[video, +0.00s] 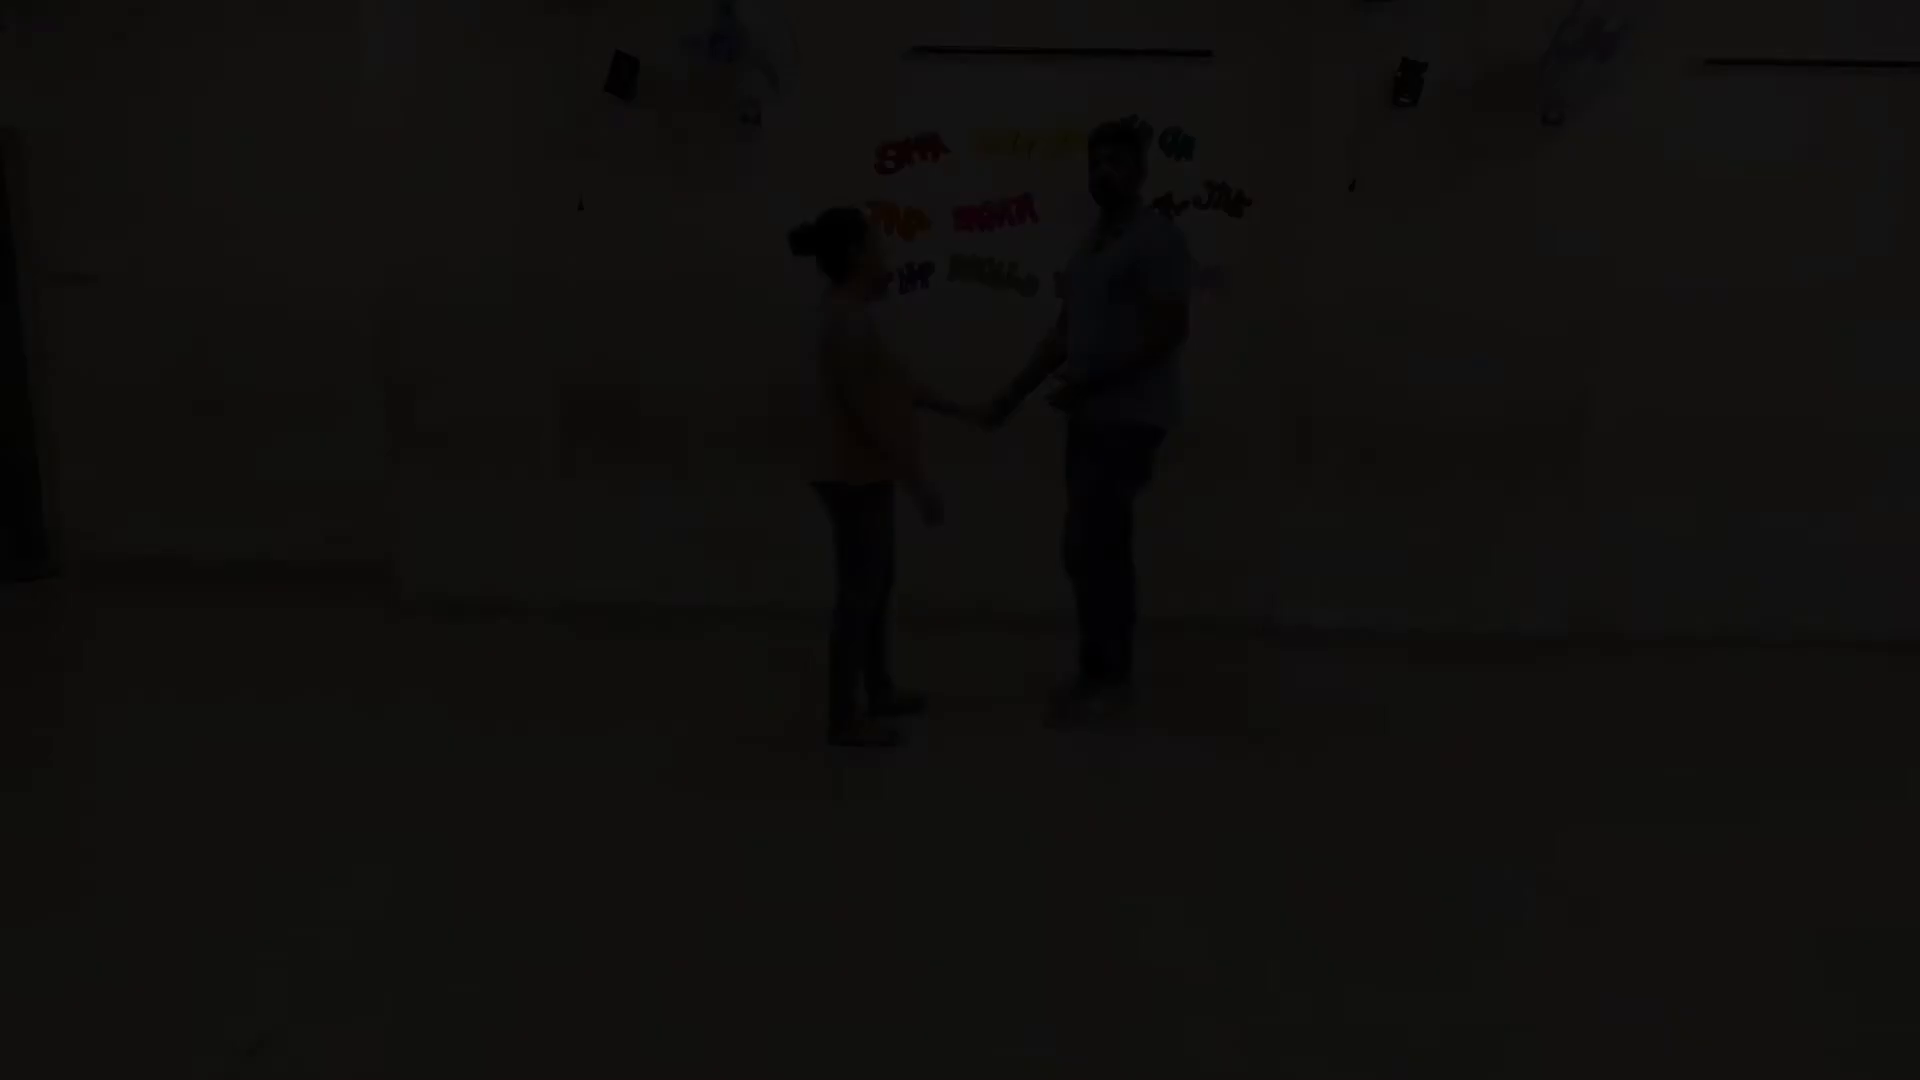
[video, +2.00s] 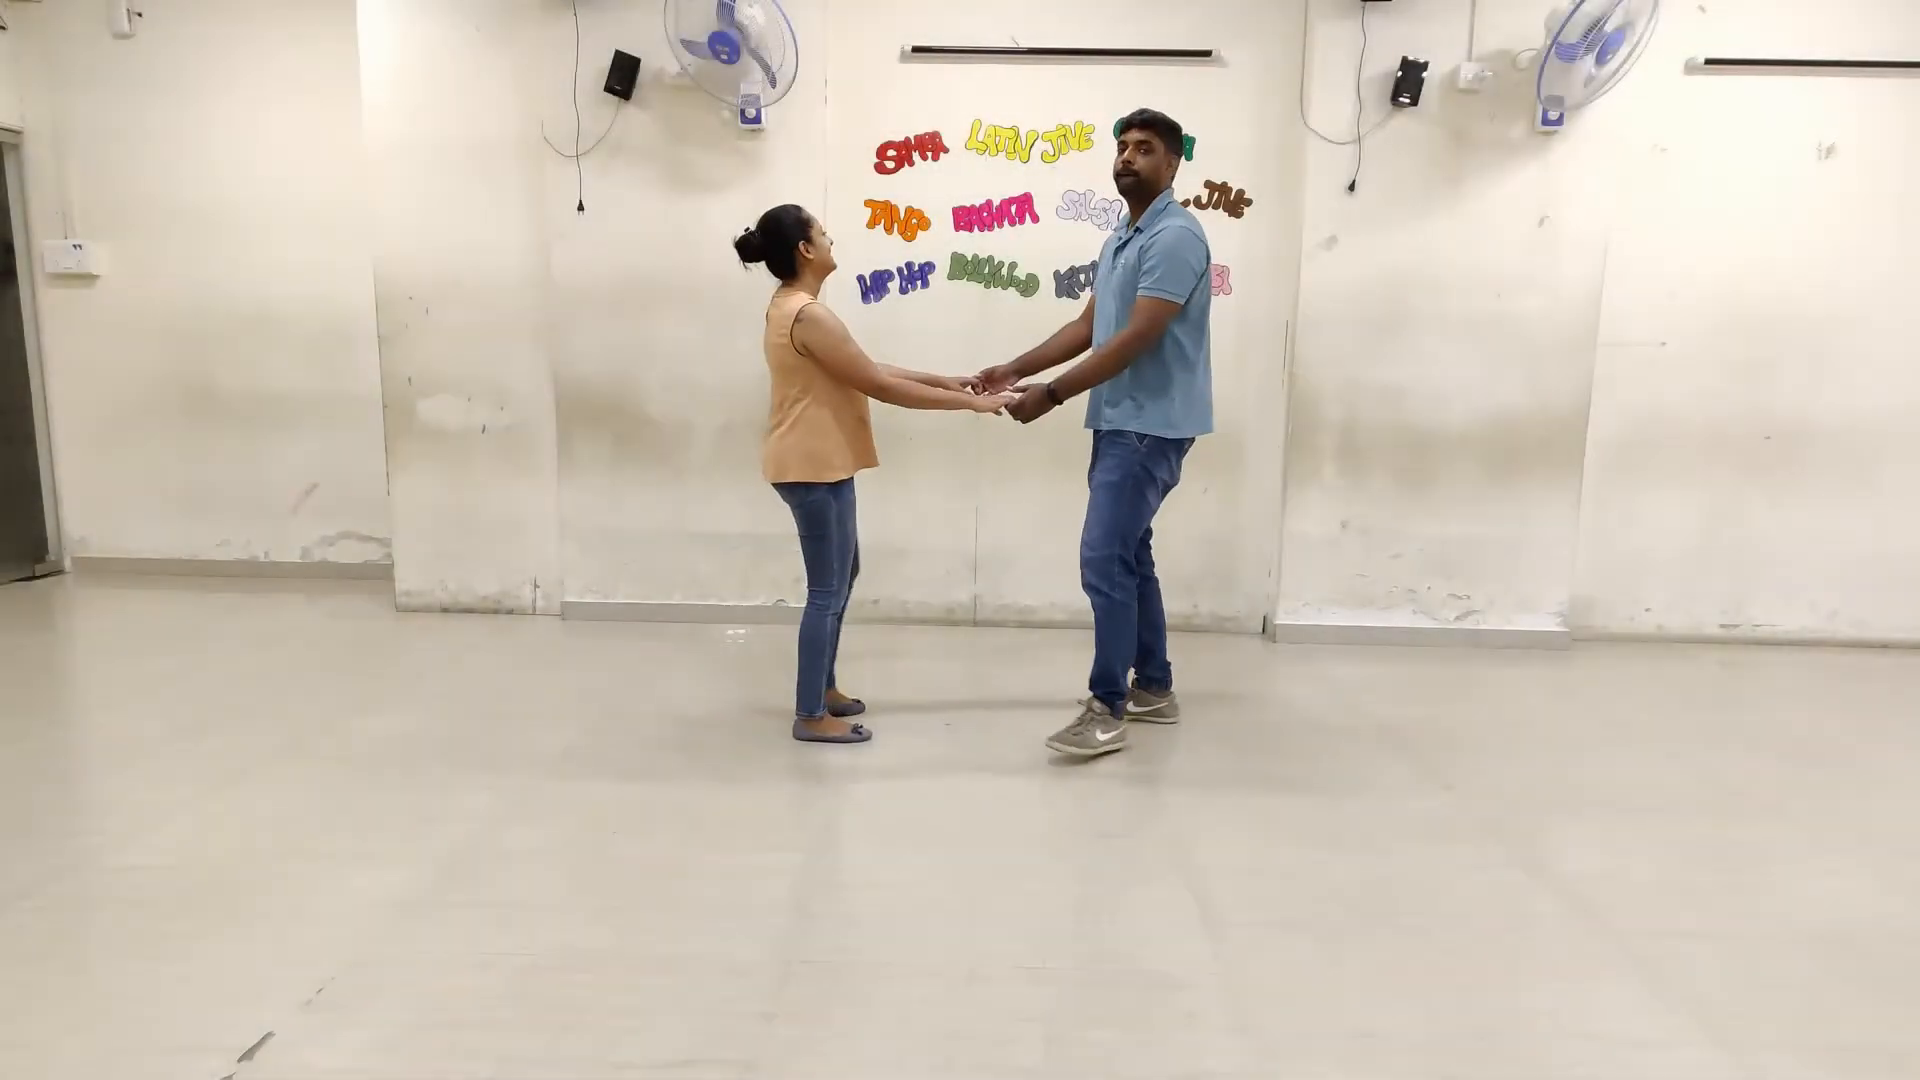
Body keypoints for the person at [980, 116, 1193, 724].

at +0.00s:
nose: (1105, 179)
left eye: (1116, 167)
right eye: (1100, 166)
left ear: (1135, 174)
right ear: (1097, 173)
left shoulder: (1155, 241)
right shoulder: (1094, 240)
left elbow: (1165, 333)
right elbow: (1063, 334)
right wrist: (1009, 398)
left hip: (1133, 415)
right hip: (1093, 412)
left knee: (1101, 544)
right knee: (1094, 544)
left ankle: (1106, 676)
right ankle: (1099, 672)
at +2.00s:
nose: (1129, 156)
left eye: (1145, 148)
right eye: (1123, 147)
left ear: (1174, 165)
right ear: (1115, 162)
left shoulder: (1177, 235)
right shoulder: (1122, 239)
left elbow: (1141, 334)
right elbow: (1087, 326)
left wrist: (1054, 392)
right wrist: (1015, 368)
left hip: (1151, 427)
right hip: (1116, 423)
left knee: (1103, 559)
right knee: (1128, 556)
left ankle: (1106, 709)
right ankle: (1152, 687)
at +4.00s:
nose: (1040, 156)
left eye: (1053, 146)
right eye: (1043, 146)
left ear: (1090, 156)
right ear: (1087, 158)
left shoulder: (1103, 223)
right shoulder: (1098, 219)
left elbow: (1128, 325)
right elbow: (1113, 326)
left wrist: (1036, 353)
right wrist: (1035, 351)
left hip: (1104, 428)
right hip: (1105, 423)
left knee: (1055, 562)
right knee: (1068, 556)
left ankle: (1085, 711)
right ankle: (1107, 683)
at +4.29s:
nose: (1056, 159)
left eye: (1068, 148)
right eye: (1059, 148)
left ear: (1104, 159)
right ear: (1098, 161)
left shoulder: (1124, 227)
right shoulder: (1106, 227)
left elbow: (1136, 328)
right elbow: (1105, 330)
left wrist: (1039, 351)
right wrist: (1034, 348)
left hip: (1133, 431)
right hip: (1123, 428)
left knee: (1071, 564)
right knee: (1088, 553)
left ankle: (1082, 710)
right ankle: (1131, 677)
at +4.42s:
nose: (1100, 175)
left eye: (1114, 167)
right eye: (1104, 165)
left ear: (1153, 180)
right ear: (1131, 178)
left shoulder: (1170, 251)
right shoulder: (1127, 254)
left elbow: (1161, 352)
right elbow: (1083, 341)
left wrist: (1064, 377)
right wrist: (1002, 363)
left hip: (1158, 450)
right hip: (1135, 446)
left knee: (1075, 569)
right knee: (1116, 573)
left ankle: (1082, 713)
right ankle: (1222, 673)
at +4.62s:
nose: (1162, 188)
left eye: (1176, 179)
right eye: (1166, 176)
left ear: (1215, 191)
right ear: (1202, 192)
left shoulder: (1224, 257)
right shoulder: (1205, 254)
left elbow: (1165, 354)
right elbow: (1156, 356)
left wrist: (1064, 349)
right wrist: (1081, 398)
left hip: (1215, 450)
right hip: (1216, 448)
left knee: (1125, 567)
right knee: (1185, 580)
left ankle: (1092, 714)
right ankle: (1257, 707)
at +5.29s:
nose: (1169, 190)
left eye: (1185, 181)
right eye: (1160, 179)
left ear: (1207, 194)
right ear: (1146, 190)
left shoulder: (1225, 249)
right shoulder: (1121, 273)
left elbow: (1184, 327)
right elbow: (1099, 363)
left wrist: (1100, 287)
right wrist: (1080, 426)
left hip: (1190, 463)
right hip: (1131, 462)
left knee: (1112, 602)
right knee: (1120, 601)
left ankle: (1093, 724)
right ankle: (1233, 661)